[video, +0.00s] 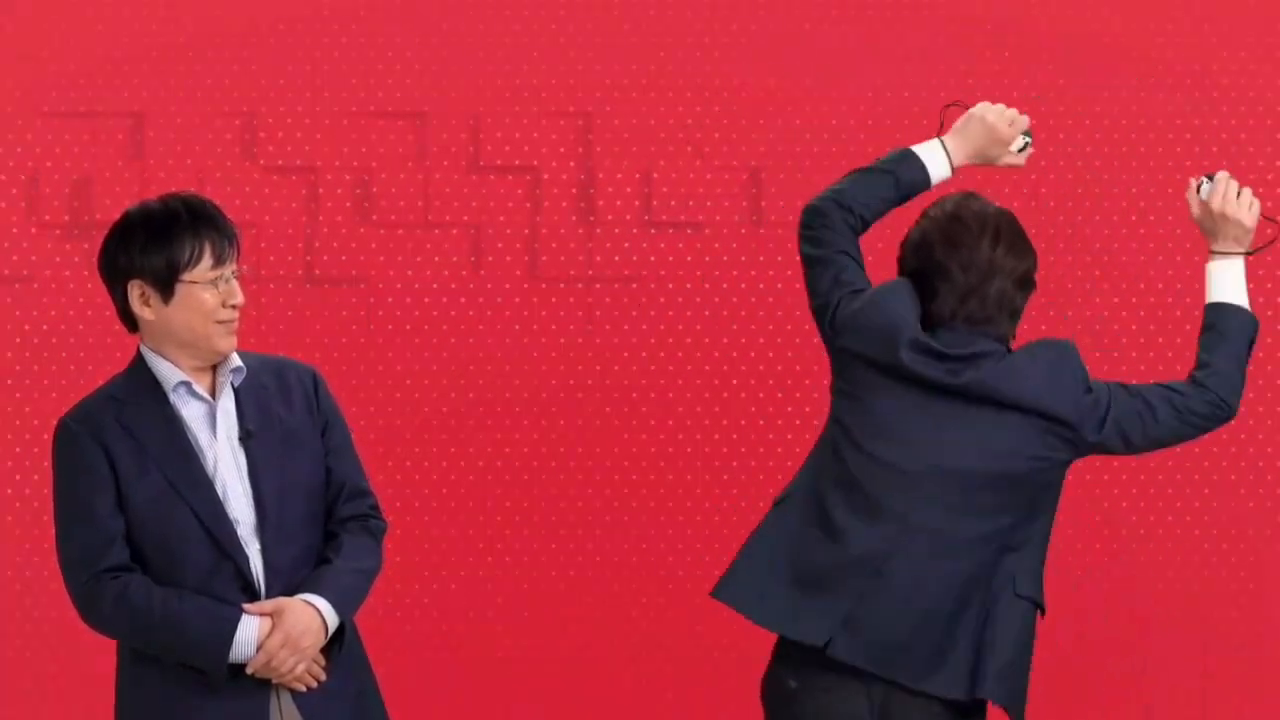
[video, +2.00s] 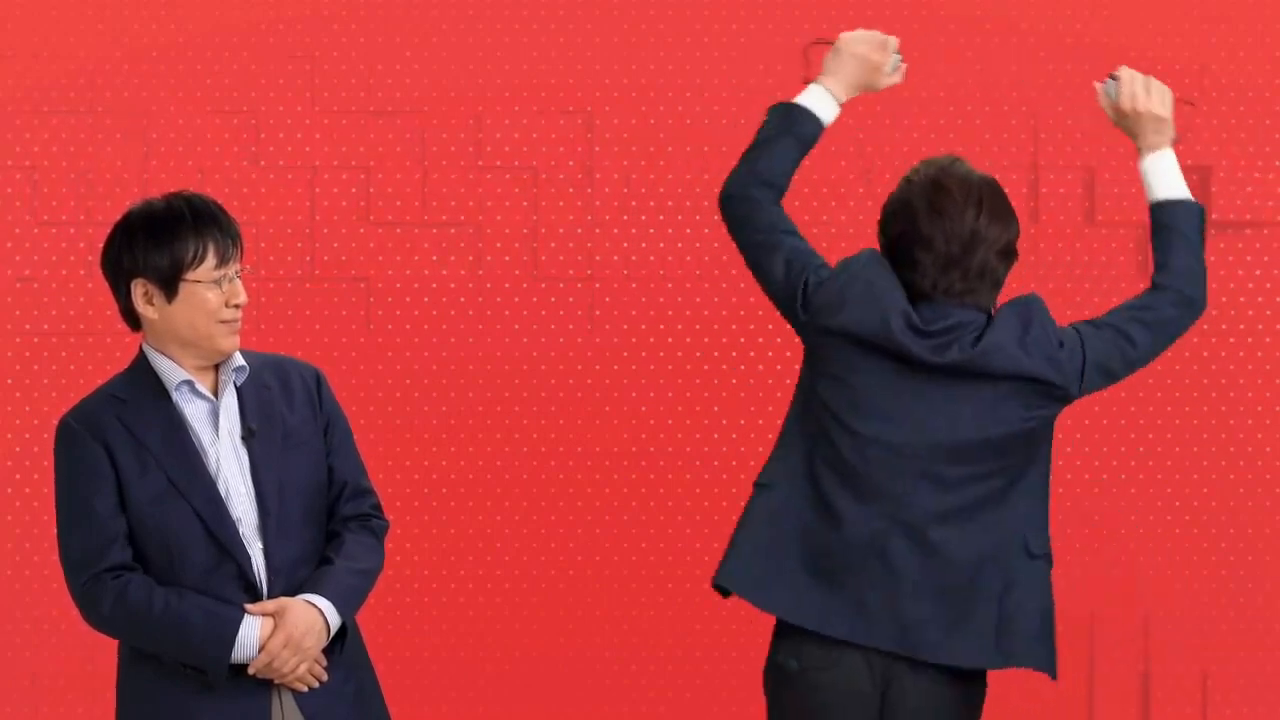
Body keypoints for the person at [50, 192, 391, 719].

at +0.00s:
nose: (236, 298)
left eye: (234, 278)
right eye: (212, 283)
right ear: (145, 301)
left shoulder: (301, 390)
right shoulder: (91, 434)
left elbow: (360, 525)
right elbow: (103, 591)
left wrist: (319, 612)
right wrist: (251, 639)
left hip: (332, 701)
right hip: (192, 708)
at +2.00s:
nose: (239, 297)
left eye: (237, 278)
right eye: (215, 282)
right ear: (148, 300)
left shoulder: (302, 388)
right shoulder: (93, 432)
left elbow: (362, 523)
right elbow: (104, 590)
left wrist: (321, 612)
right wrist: (251, 639)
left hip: (335, 700)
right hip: (192, 708)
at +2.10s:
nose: (240, 297)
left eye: (238, 277)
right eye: (218, 282)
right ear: (149, 300)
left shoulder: (303, 388)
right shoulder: (93, 432)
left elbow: (363, 524)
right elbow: (105, 590)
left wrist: (321, 612)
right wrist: (251, 639)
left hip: (335, 699)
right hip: (193, 707)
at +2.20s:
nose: (241, 297)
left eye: (239, 277)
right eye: (218, 282)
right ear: (150, 299)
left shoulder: (304, 388)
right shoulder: (95, 431)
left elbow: (364, 523)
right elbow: (105, 589)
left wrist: (322, 612)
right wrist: (252, 639)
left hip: (336, 699)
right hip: (193, 708)